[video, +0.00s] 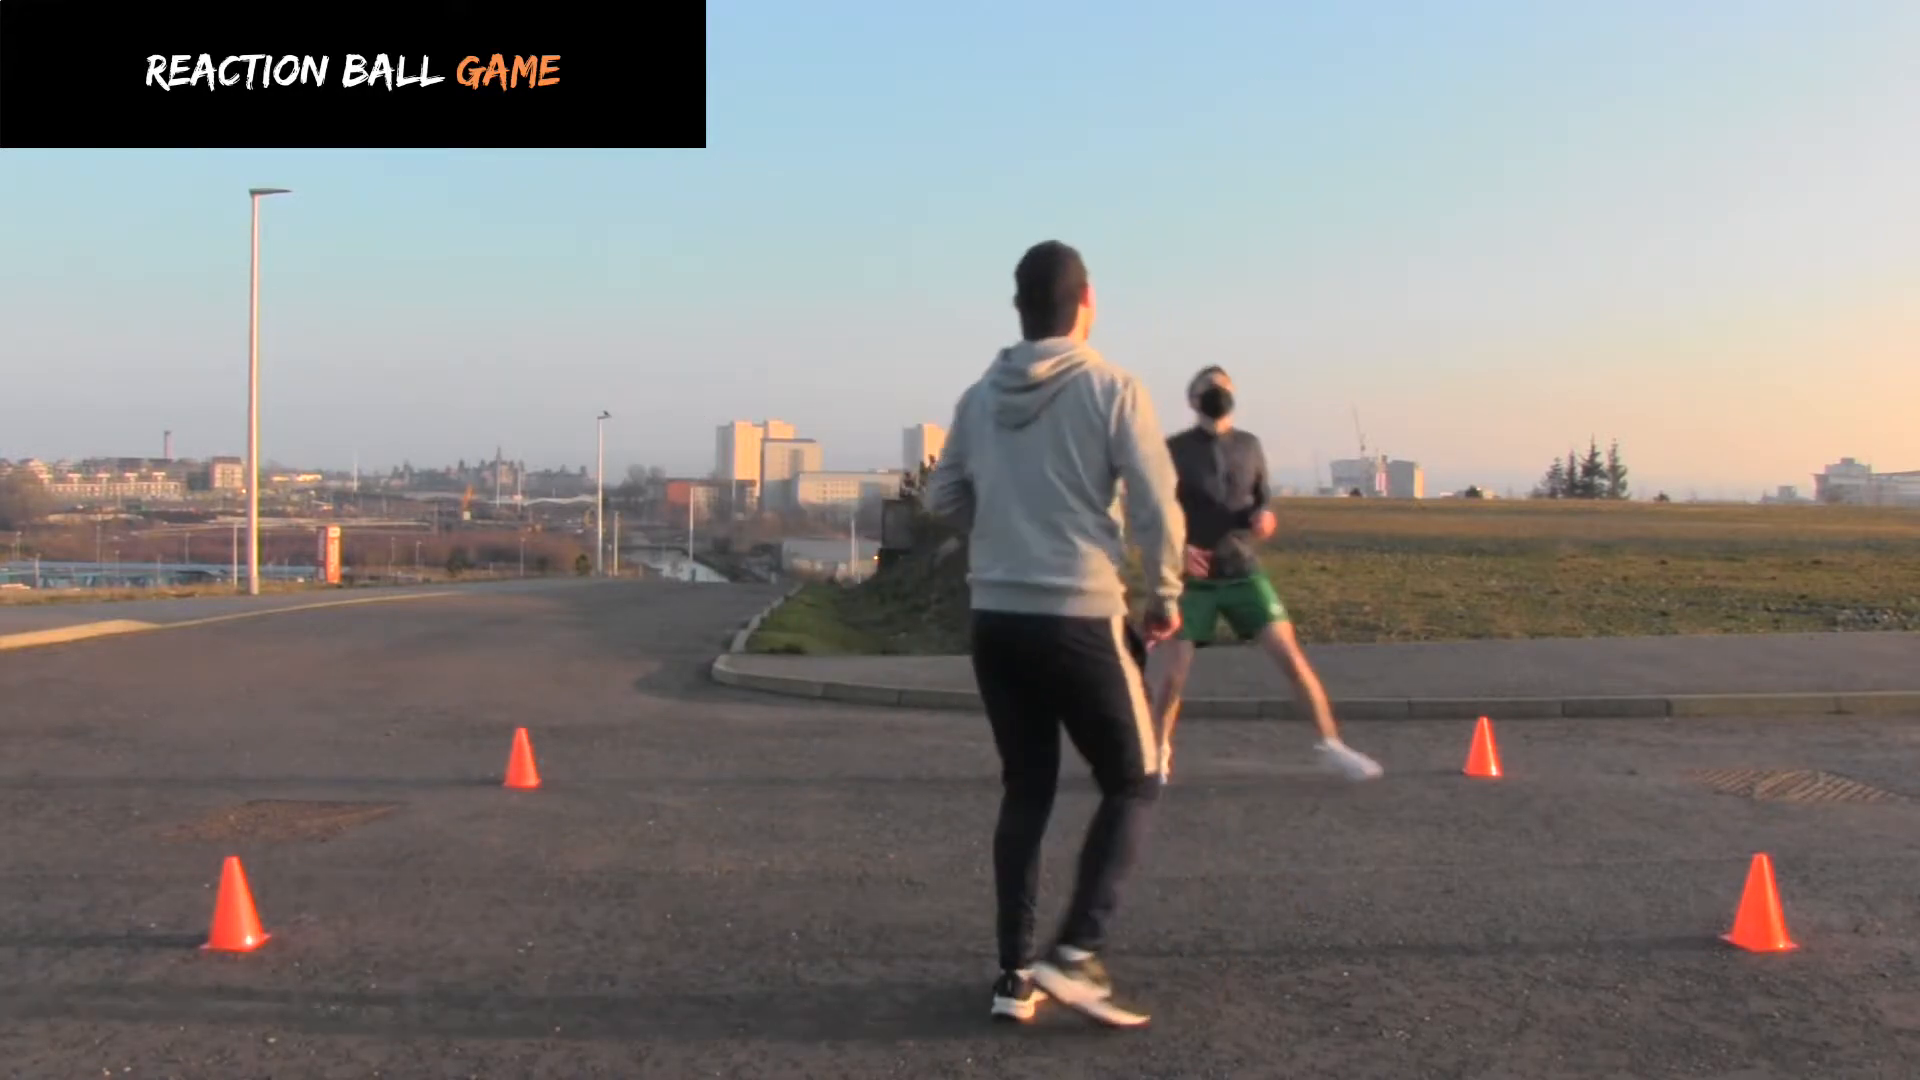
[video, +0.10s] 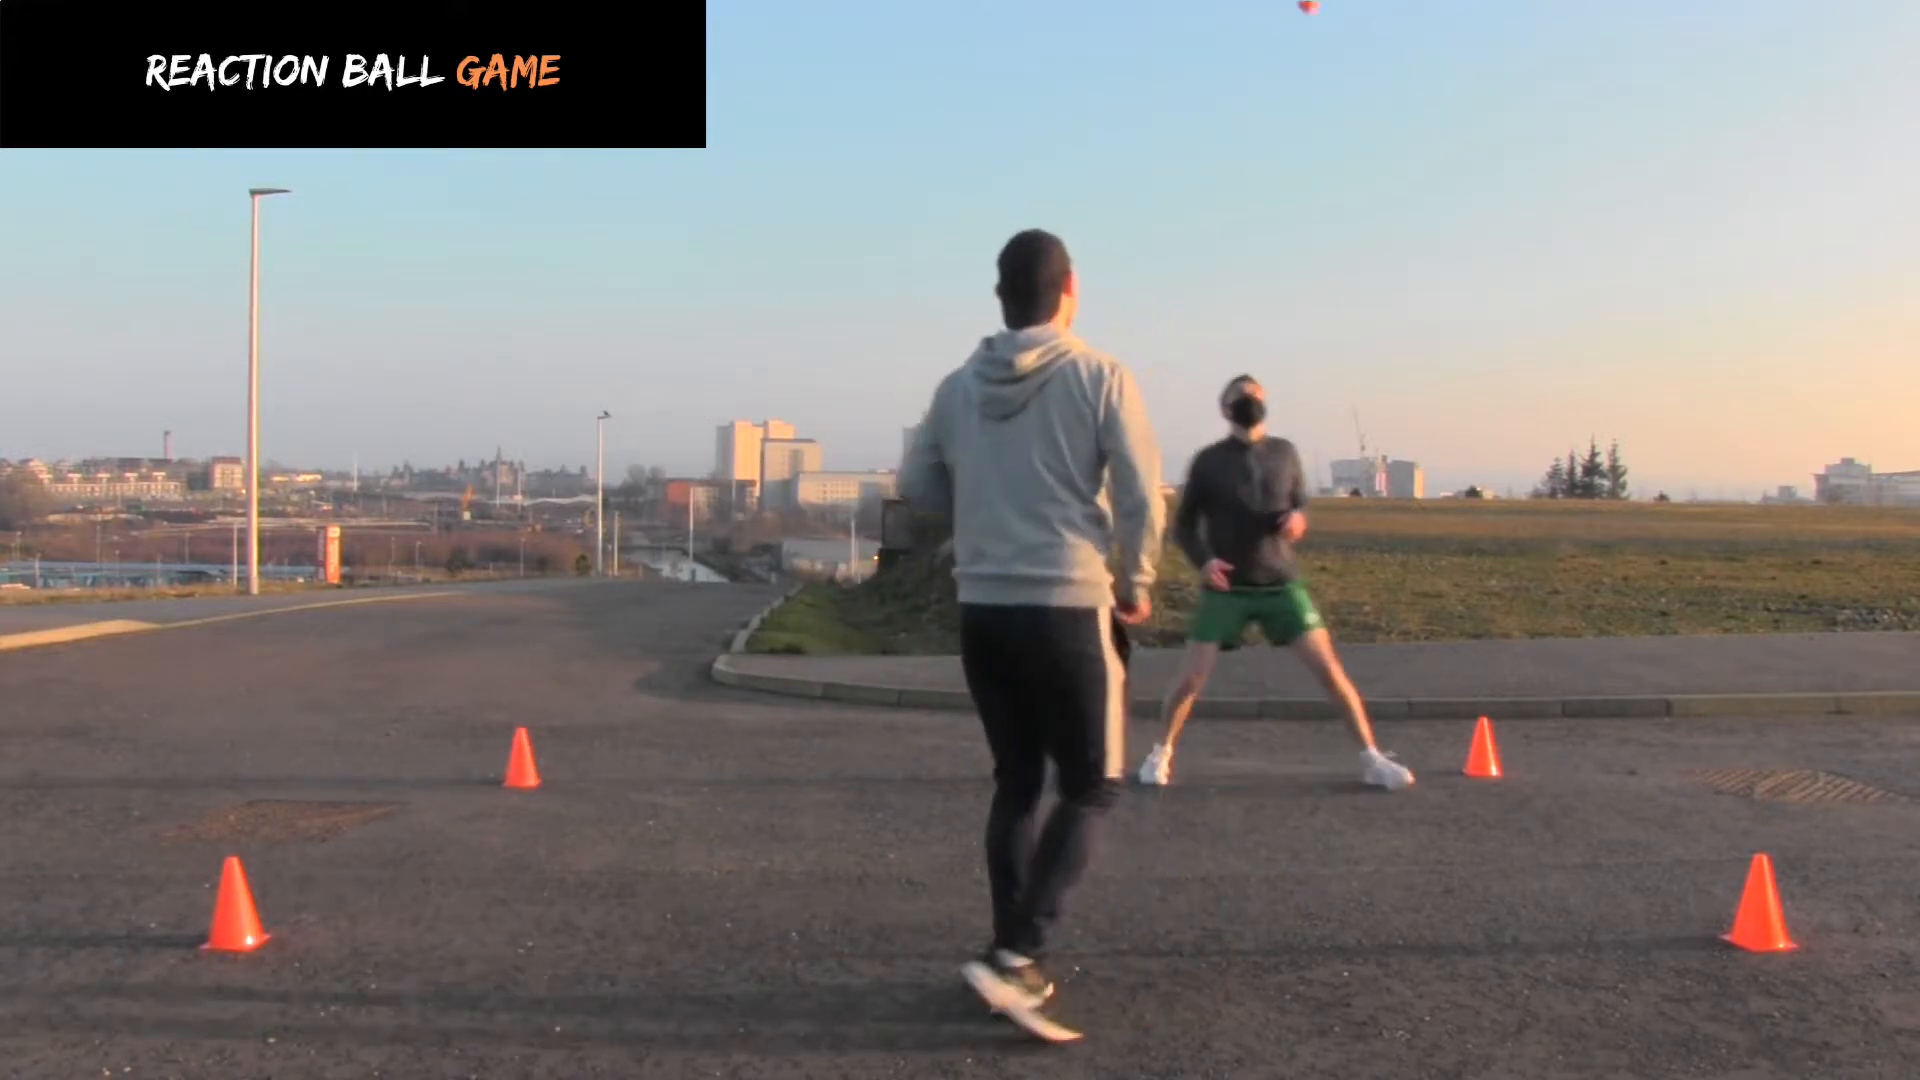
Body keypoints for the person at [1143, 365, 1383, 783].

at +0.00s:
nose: (1217, 397)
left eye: (1223, 389)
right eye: (1209, 390)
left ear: (1232, 397)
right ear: (1194, 399)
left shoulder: (1249, 447)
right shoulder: (1172, 450)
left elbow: (1261, 498)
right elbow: (1152, 507)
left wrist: (1263, 516)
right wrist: (1175, 547)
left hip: (1244, 573)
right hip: (1192, 577)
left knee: (1292, 657)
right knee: (1173, 675)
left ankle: (1330, 741)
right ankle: (1160, 757)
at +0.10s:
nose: (1249, 404)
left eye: (1255, 397)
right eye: (1240, 400)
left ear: (1265, 406)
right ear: (1226, 410)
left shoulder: (1284, 453)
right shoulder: (1208, 462)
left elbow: (1299, 503)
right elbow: (1183, 525)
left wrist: (1298, 518)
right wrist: (1204, 561)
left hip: (1281, 586)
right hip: (1226, 587)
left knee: (1330, 669)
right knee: (1194, 678)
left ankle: (1371, 755)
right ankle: (1162, 752)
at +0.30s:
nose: (1327, 377)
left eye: (1333, 369)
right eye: (1317, 371)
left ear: (1347, 376)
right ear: (1305, 381)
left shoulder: (1370, 418)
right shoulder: (1296, 435)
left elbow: (1411, 463)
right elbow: (1287, 489)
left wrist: (1382, 473)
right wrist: (1278, 524)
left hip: (1373, 560)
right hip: (1317, 560)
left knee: (1385, 659)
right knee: (1289, 652)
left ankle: (1386, 754)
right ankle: (1278, 743)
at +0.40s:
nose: (1362, 364)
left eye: (1369, 356)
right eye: (1354, 358)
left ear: (1386, 360)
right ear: (1344, 366)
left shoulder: (1410, 403)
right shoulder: (1337, 415)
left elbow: (1455, 448)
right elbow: (1328, 471)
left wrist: (1419, 451)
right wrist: (1317, 501)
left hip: (1409, 541)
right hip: (1358, 543)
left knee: (1420, 650)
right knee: (1353, 651)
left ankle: (1427, 743)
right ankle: (1387, 737)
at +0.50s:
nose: (1383, 376)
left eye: (1390, 367)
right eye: (1377, 369)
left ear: (1412, 368)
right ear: (1371, 374)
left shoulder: (1437, 415)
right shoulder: (1365, 424)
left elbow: (1483, 462)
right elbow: (1356, 479)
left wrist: (1443, 459)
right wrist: (1343, 509)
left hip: (1435, 552)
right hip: (1384, 555)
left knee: (1452, 654)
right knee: (1387, 665)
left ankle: (1485, 744)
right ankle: (1425, 752)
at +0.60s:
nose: (1415, 409)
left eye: (1423, 400)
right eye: (1410, 401)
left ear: (1448, 396)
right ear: (1406, 402)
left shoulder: (1474, 443)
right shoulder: (1412, 449)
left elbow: (1514, 497)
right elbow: (1411, 513)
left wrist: (1473, 497)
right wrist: (1383, 547)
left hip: (1477, 580)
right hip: (1427, 582)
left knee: (1508, 677)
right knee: (1400, 678)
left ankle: (1578, 756)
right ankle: (1429, 760)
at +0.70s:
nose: (1436, 425)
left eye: (1442, 416)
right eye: (1430, 417)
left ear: (1468, 408)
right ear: (1426, 415)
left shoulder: (1501, 451)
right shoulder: (1443, 460)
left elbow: (1532, 516)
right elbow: (1454, 524)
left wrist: (1491, 525)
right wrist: (1419, 562)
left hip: (1511, 589)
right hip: (1462, 587)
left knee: (1543, 687)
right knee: (1418, 672)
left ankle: (1611, 770)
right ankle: (1430, 761)